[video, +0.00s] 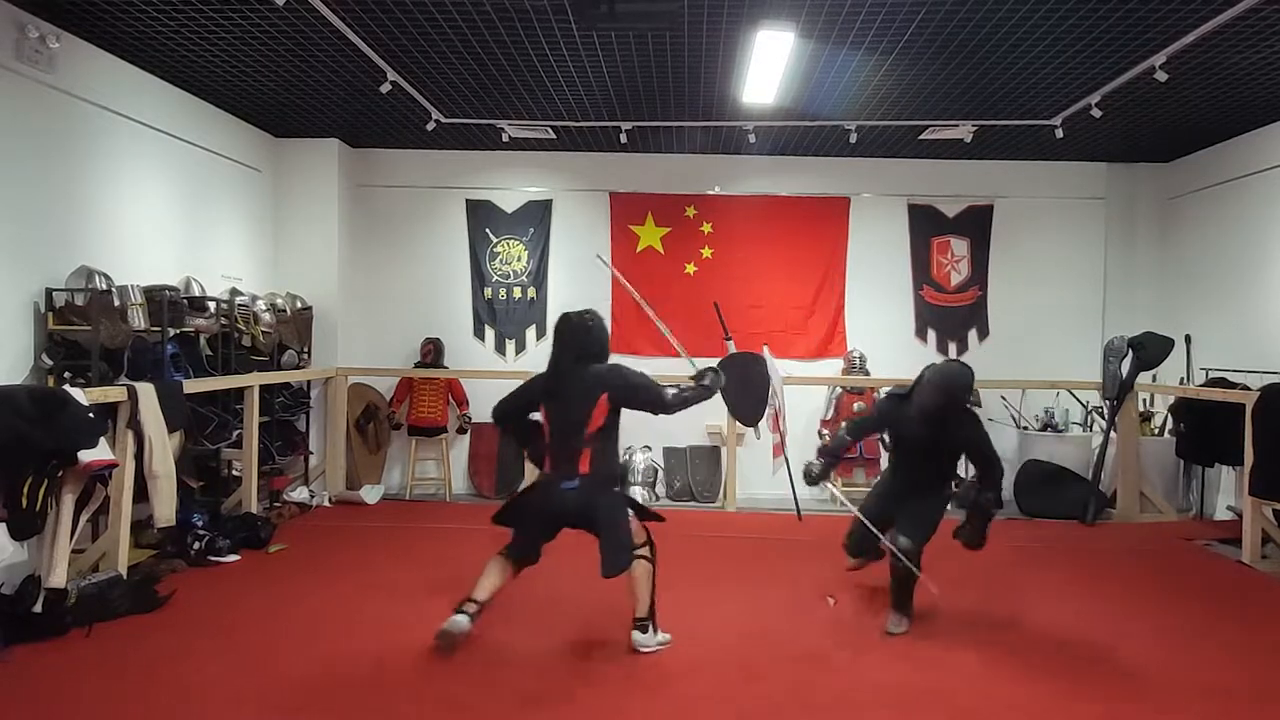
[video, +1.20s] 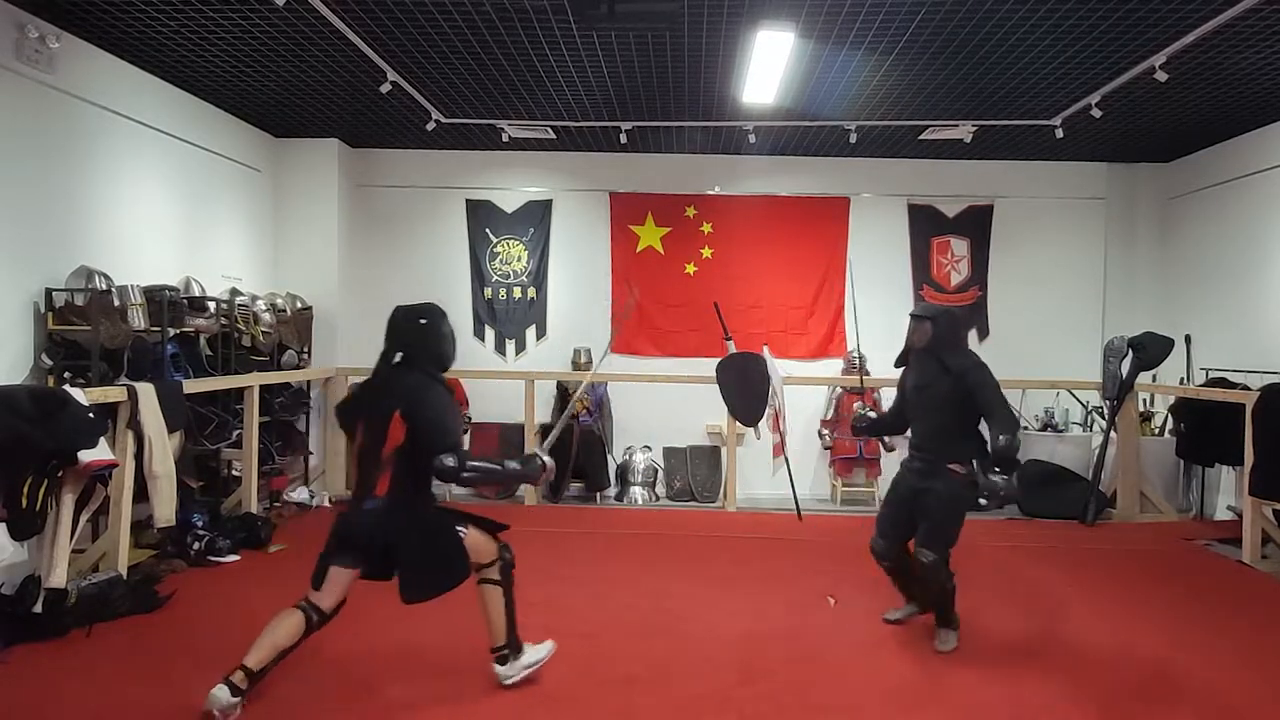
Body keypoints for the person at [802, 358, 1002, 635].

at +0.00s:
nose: (927, 400)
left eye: (936, 397)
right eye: (927, 391)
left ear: (952, 400)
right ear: (921, 384)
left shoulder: (965, 424)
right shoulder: (897, 406)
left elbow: (991, 470)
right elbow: (855, 430)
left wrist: (980, 516)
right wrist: (826, 460)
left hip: (931, 492)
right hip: (894, 481)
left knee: (903, 548)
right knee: (854, 544)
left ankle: (900, 611)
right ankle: (875, 552)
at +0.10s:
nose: (898, 395)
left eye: (908, 392)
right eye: (899, 387)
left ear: (928, 398)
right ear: (896, 382)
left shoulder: (950, 426)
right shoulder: (879, 408)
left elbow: (978, 470)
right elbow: (832, 426)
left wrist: (968, 519)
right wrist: (785, 442)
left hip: (919, 494)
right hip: (880, 484)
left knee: (894, 552)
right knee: (831, 537)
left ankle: (896, 612)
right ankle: (820, 586)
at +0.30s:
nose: (863, 383)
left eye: (873, 377)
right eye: (862, 374)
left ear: (892, 384)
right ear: (857, 375)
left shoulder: (912, 419)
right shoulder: (840, 408)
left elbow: (945, 472)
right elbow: (801, 438)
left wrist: (923, 494)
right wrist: (755, 460)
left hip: (884, 507)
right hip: (839, 500)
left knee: (880, 583)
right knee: (811, 560)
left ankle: (893, 610)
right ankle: (800, 637)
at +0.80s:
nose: (855, 346)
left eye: (864, 341)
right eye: (855, 340)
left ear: (885, 347)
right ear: (852, 346)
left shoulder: (910, 391)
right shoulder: (848, 386)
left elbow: (945, 441)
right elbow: (825, 431)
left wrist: (944, 474)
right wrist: (783, 435)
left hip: (888, 500)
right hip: (844, 494)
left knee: (897, 594)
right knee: (810, 562)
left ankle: (940, 617)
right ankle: (799, 639)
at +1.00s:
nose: (890, 337)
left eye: (899, 330)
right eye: (890, 330)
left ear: (920, 336)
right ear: (889, 337)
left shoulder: (946, 376)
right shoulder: (886, 379)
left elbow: (982, 428)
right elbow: (872, 426)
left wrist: (953, 451)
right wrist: (828, 429)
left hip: (930, 485)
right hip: (890, 481)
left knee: (919, 576)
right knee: (850, 549)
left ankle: (946, 625)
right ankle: (833, 625)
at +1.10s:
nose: (903, 332)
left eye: (911, 326)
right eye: (902, 325)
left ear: (932, 331)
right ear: (901, 330)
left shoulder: (958, 370)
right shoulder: (902, 372)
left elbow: (996, 426)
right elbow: (887, 423)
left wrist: (972, 460)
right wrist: (849, 425)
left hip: (943, 481)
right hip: (903, 474)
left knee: (923, 566)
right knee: (864, 544)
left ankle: (946, 625)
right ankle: (874, 616)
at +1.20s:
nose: (913, 330)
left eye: (921, 324)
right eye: (912, 323)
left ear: (941, 329)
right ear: (913, 328)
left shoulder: (967, 367)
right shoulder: (913, 368)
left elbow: (1002, 417)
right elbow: (900, 419)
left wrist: (1003, 451)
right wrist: (870, 425)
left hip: (953, 472)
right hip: (915, 466)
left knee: (929, 555)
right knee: (885, 546)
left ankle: (946, 623)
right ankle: (918, 600)